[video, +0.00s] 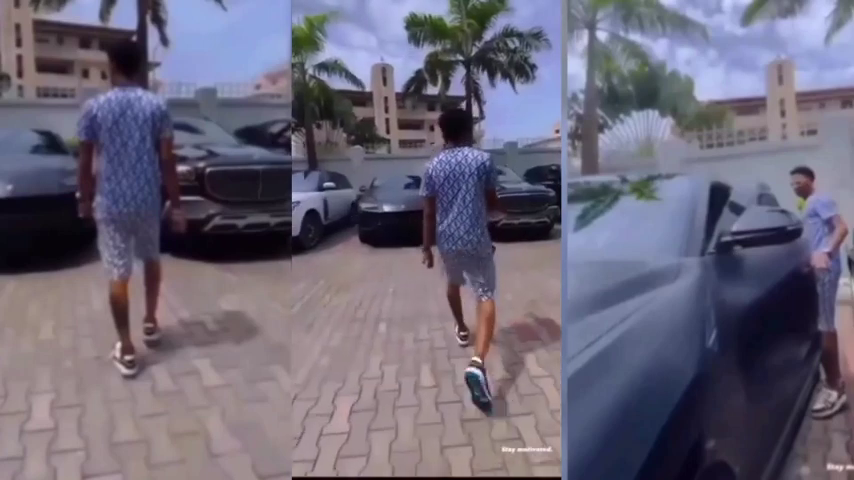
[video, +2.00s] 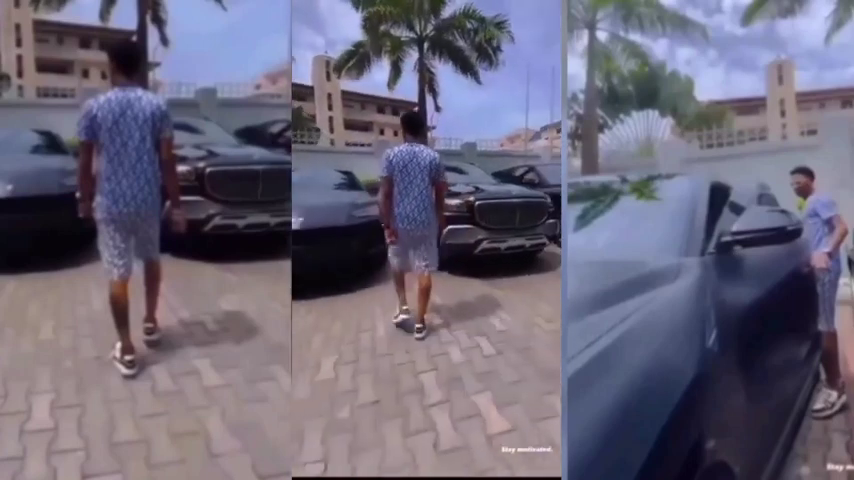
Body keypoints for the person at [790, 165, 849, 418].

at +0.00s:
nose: (796, 188)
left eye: (799, 183)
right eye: (794, 185)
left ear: (811, 181)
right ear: (796, 185)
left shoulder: (821, 201)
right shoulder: (808, 206)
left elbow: (841, 228)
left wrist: (827, 252)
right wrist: (809, 256)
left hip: (825, 269)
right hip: (814, 269)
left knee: (825, 328)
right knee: (821, 327)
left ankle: (835, 388)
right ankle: (831, 385)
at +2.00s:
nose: (796, 188)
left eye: (799, 183)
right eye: (794, 185)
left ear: (811, 181)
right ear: (796, 185)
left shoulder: (821, 201)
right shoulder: (808, 206)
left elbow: (841, 228)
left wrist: (827, 252)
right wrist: (809, 256)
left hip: (825, 269)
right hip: (814, 269)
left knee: (825, 328)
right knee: (821, 327)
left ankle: (835, 388)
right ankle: (831, 385)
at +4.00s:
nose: (796, 188)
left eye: (799, 183)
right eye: (794, 185)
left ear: (811, 181)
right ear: (796, 185)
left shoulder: (821, 201)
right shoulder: (808, 206)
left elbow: (841, 228)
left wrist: (827, 252)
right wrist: (809, 256)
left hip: (825, 269)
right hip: (814, 269)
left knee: (825, 328)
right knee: (821, 327)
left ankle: (835, 388)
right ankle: (831, 385)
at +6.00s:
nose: (796, 187)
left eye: (799, 183)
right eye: (793, 184)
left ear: (811, 181)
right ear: (797, 185)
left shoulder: (821, 201)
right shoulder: (809, 205)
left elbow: (842, 227)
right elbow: (820, 234)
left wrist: (827, 253)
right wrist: (810, 255)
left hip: (825, 268)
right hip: (815, 268)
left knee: (825, 327)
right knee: (822, 327)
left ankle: (834, 388)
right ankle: (830, 385)